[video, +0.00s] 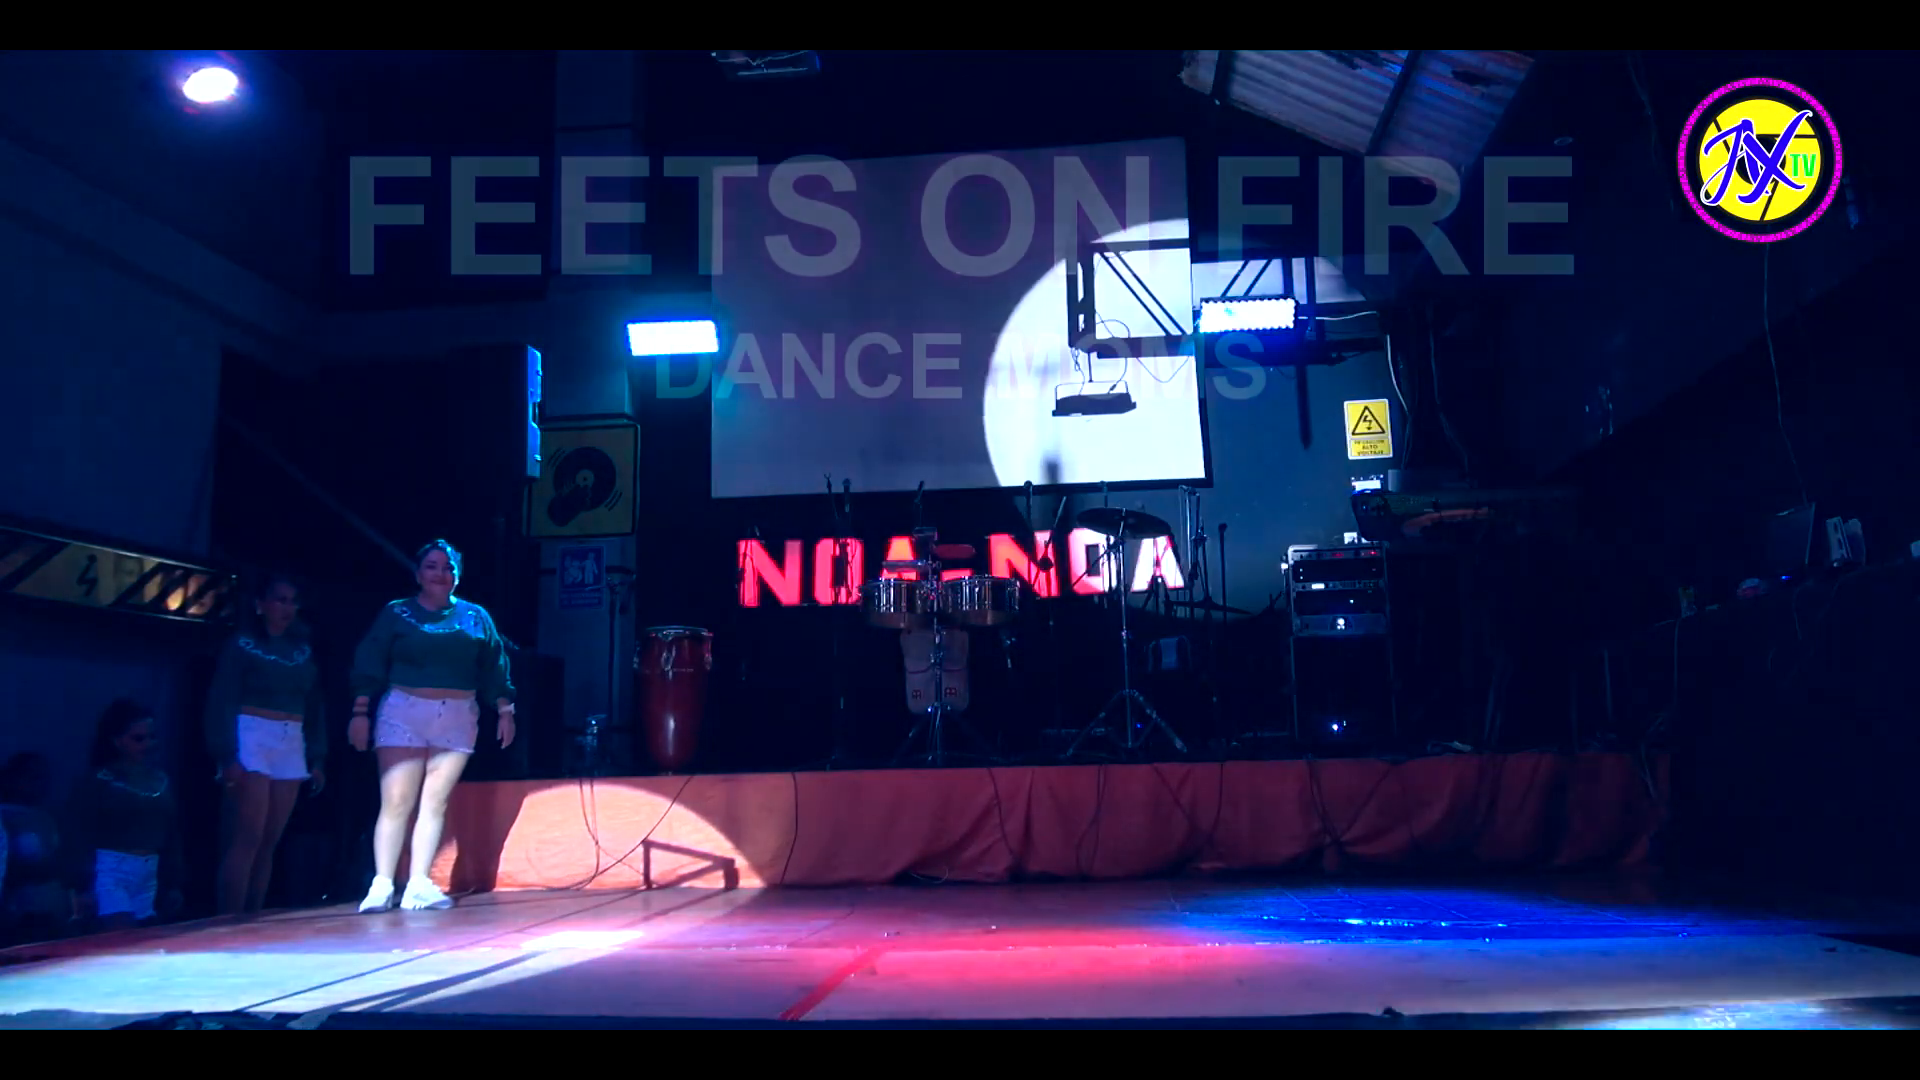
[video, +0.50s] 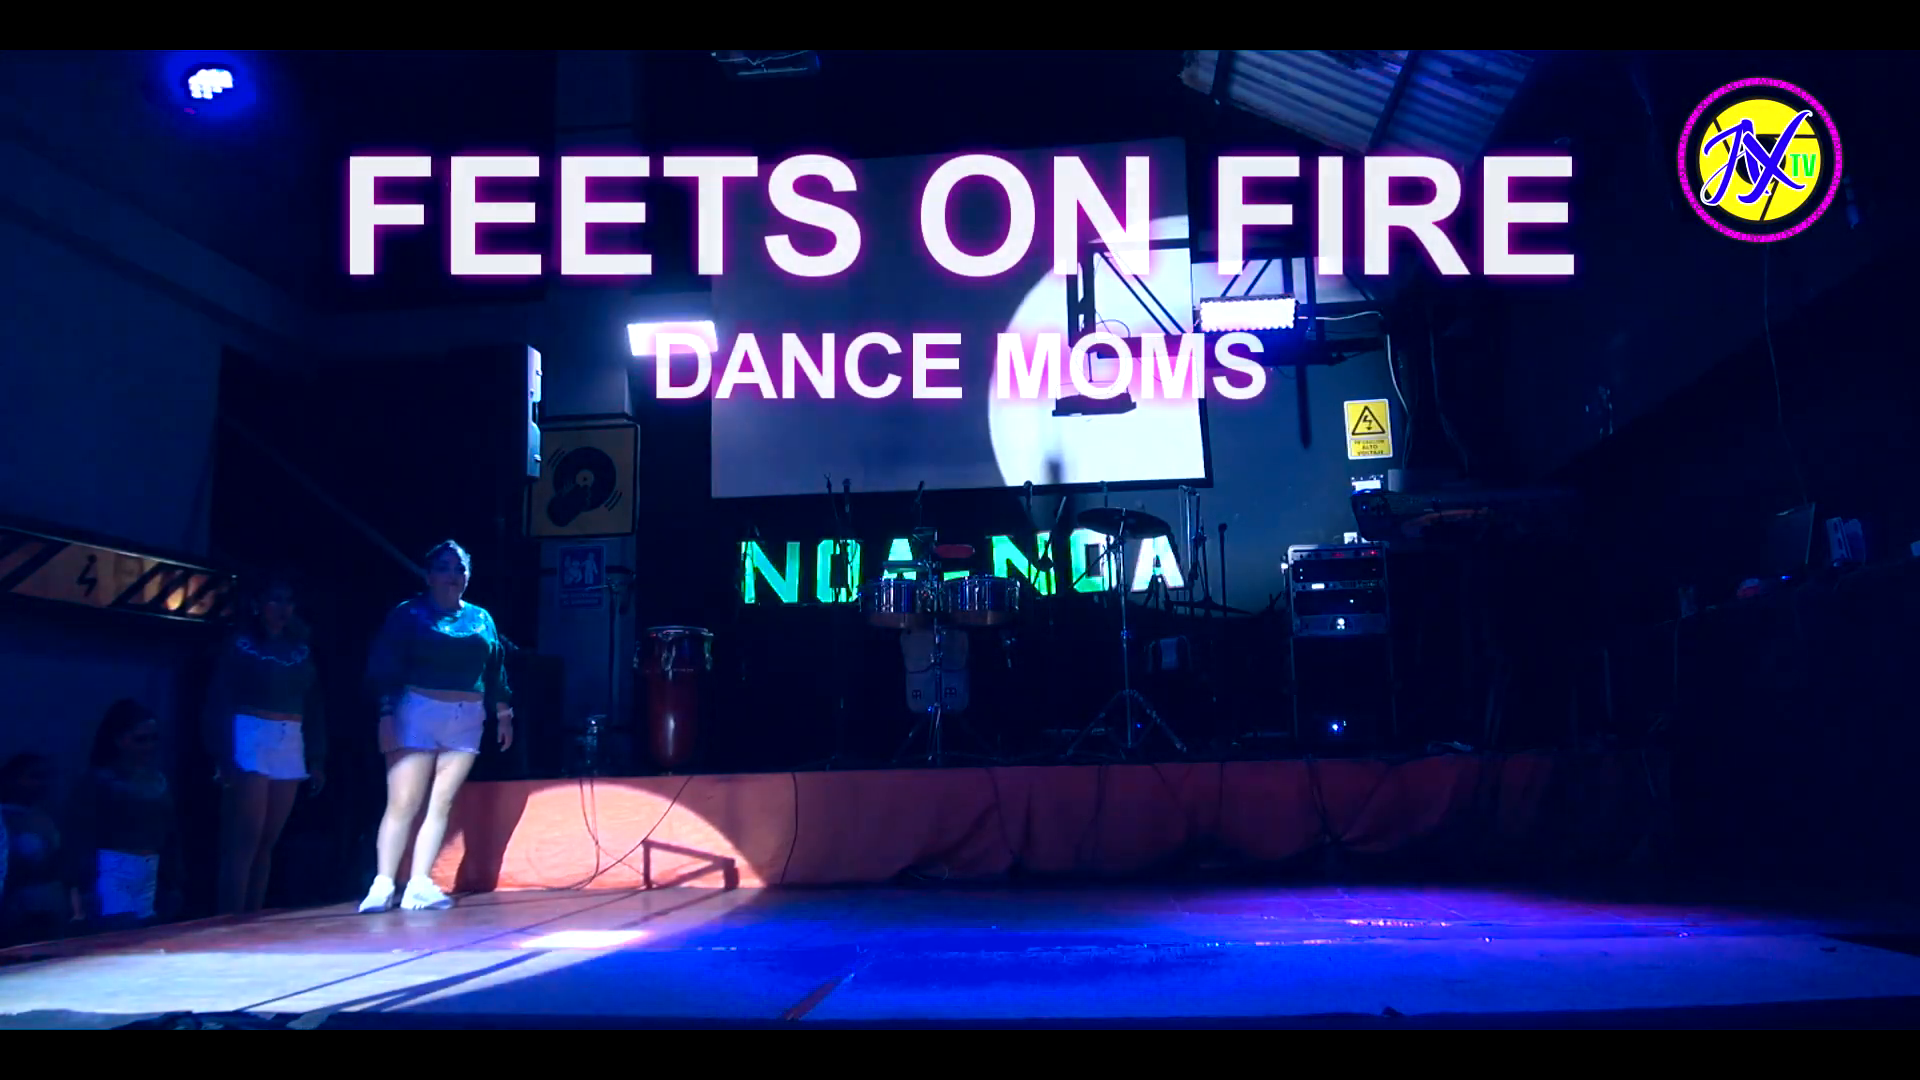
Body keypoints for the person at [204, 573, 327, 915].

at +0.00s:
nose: (286, 608)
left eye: (291, 601)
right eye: (279, 600)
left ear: (298, 607)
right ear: (262, 603)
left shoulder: (303, 651)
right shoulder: (244, 643)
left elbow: (314, 708)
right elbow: (223, 700)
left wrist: (316, 757)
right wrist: (227, 755)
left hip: (293, 734)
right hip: (253, 730)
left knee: (272, 837)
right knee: (250, 832)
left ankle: (254, 915)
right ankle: (231, 916)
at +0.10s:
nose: (285, 608)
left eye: (290, 601)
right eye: (277, 600)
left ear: (297, 607)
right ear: (260, 604)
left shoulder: (303, 651)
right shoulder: (243, 644)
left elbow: (313, 709)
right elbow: (223, 700)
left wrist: (316, 758)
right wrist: (226, 756)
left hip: (293, 734)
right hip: (253, 730)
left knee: (271, 838)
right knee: (249, 834)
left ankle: (253, 918)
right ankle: (231, 919)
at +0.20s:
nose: (285, 608)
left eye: (290, 601)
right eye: (277, 601)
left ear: (297, 607)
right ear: (260, 605)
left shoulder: (303, 650)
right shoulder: (243, 644)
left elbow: (313, 708)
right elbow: (222, 701)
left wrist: (315, 758)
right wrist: (226, 756)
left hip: (293, 734)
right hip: (253, 731)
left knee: (270, 839)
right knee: (248, 835)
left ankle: (254, 919)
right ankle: (231, 921)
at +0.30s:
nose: (283, 608)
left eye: (289, 602)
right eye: (276, 600)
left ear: (296, 608)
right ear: (259, 605)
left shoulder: (302, 651)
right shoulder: (243, 644)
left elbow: (313, 708)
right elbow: (222, 701)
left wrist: (316, 758)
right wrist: (225, 756)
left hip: (293, 734)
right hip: (252, 730)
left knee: (270, 839)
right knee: (248, 835)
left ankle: (253, 919)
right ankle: (230, 920)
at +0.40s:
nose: (283, 608)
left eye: (288, 601)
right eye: (275, 600)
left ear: (295, 607)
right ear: (259, 605)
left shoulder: (302, 651)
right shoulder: (242, 644)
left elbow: (313, 708)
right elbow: (221, 701)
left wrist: (316, 758)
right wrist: (225, 756)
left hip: (292, 734)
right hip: (252, 731)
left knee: (270, 838)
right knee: (248, 834)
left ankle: (254, 919)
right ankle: (231, 919)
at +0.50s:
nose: (282, 610)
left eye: (288, 603)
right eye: (275, 602)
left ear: (294, 608)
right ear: (259, 605)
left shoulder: (300, 649)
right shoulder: (242, 642)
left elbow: (312, 707)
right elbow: (222, 698)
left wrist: (315, 758)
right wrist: (223, 753)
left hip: (292, 733)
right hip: (252, 729)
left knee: (271, 836)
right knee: (249, 831)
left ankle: (254, 915)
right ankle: (232, 913)